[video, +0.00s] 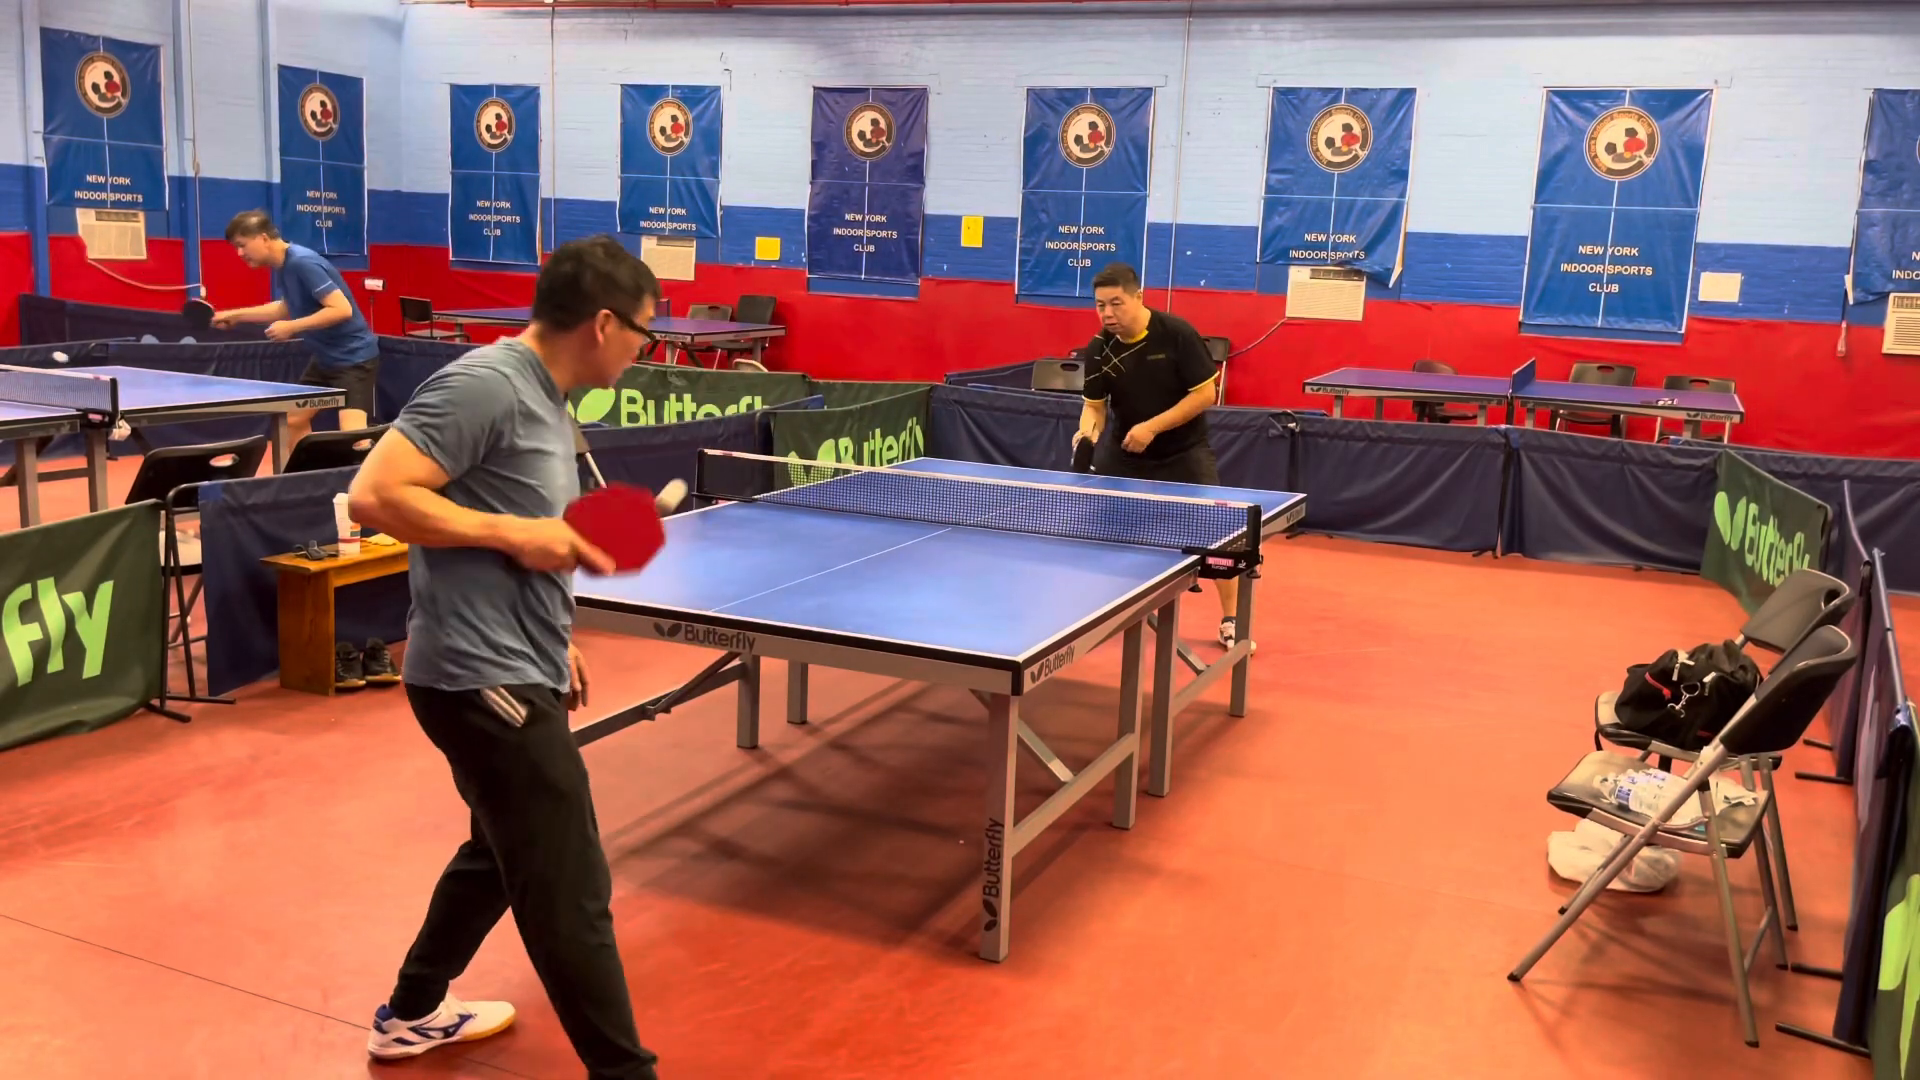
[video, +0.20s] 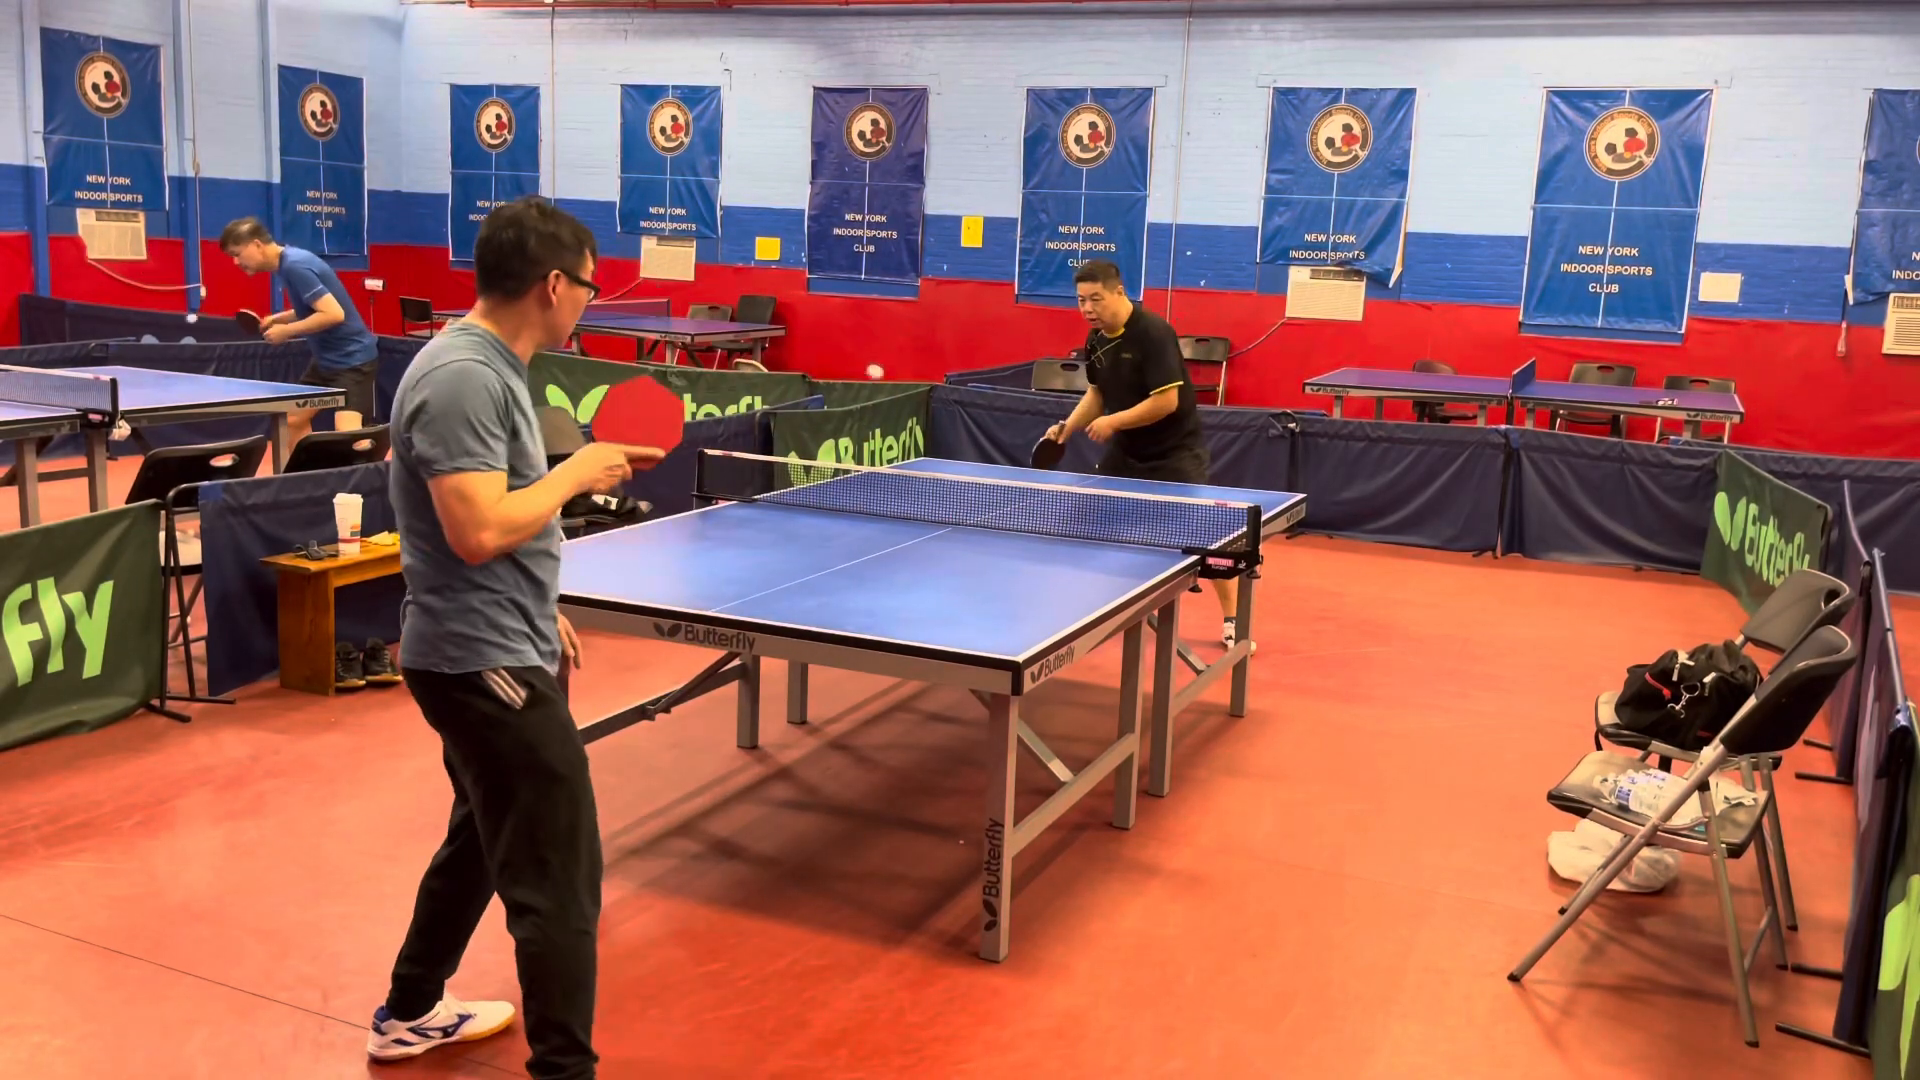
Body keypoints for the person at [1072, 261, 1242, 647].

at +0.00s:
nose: (1106, 313)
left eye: (1114, 303)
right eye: (1100, 305)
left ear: (1138, 298)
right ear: (1095, 305)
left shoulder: (1178, 334)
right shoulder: (1098, 349)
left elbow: (1206, 394)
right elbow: (1094, 406)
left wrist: (1152, 426)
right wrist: (1087, 433)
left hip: (1185, 455)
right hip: (1124, 456)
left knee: (1217, 530)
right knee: (1101, 527)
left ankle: (1230, 618)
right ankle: (1125, 609)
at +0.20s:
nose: (1087, 308)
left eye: (1094, 298)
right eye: (1082, 301)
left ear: (1118, 292)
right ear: (1080, 301)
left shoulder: (1154, 332)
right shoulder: (1097, 340)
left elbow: (1168, 400)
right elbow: (1097, 393)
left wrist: (1114, 421)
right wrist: (1068, 426)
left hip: (1177, 454)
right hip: (1125, 452)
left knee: (1205, 528)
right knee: (1086, 517)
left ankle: (1232, 617)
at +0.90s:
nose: (1104, 319)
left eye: (1112, 309)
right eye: (1098, 310)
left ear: (1136, 303)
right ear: (1093, 310)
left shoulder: (1176, 338)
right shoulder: (1093, 352)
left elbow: (1204, 394)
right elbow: (1073, 419)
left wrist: (1160, 429)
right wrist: (1074, 396)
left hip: (1172, 449)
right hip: (1109, 446)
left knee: (1200, 521)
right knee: (1055, 504)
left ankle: (1218, 614)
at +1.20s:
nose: (1076, 312)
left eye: (1084, 303)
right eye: (1070, 304)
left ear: (1107, 297)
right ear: (1067, 304)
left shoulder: (1139, 335)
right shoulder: (1079, 340)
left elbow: (1154, 405)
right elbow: (1078, 395)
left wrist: (1098, 422)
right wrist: (1052, 418)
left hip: (1153, 453)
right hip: (1102, 452)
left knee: (1182, 527)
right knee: (1063, 516)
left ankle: (1215, 613)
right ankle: (1053, 604)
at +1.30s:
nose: (1062, 314)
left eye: (1070, 305)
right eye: (1058, 306)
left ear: (1097, 300)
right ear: (1055, 305)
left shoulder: (1121, 339)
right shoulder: (1086, 334)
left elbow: (1120, 412)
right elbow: (1092, 384)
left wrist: (1071, 418)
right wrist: (1058, 407)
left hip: (1145, 459)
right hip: (1102, 454)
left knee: (1171, 533)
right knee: (1055, 513)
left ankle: (1224, 611)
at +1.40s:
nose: (1058, 321)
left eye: (1065, 312)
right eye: (1053, 312)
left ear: (1091, 304)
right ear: (1050, 310)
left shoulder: (1114, 344)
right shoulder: (1095, 334)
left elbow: (1105, 417)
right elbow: (1099, 380)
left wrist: (1064, 417)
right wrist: (1063, 394)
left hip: (1142, 459)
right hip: (1103, 452)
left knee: (1168, 534)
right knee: (1053, 509)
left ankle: (1226, 610)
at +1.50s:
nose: (1066, 322)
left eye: (1072, 312)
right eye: (1062, 313)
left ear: (1099, 303)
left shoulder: (1128, 341)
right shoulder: (1102, 332)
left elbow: (1120, 415)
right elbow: (1104, 375)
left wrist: (1081, 413)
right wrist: (1060, 374)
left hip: (1150, 455)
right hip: (1107, 447)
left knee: (1176, 530)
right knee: (1062, 509)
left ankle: (1220, 614)